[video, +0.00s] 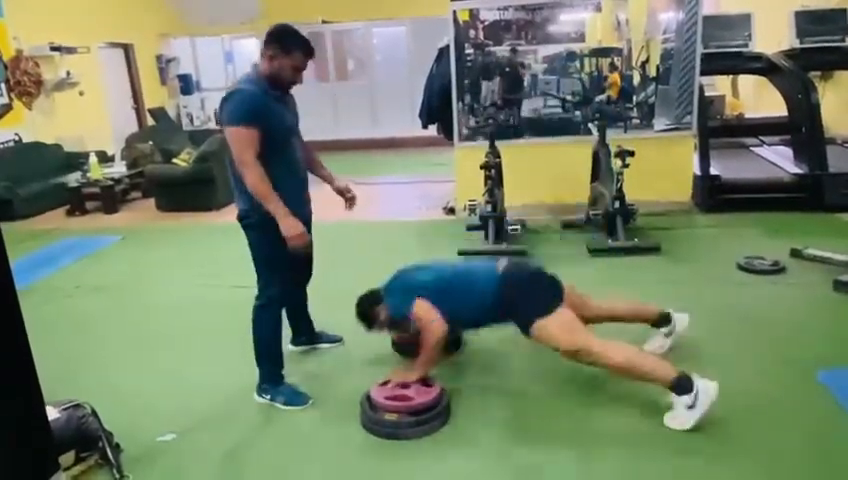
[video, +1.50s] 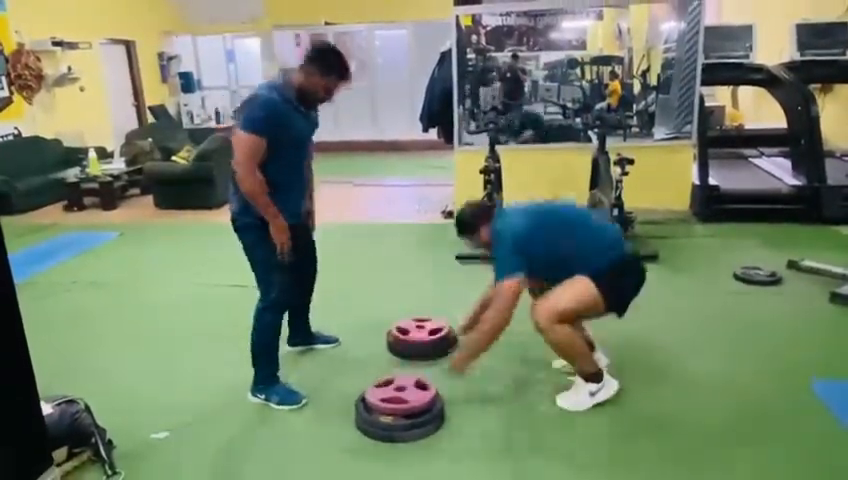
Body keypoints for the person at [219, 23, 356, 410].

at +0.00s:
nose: (300, 77)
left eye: (303, 69)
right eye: (297, 68)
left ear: (279, 61)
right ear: (271, 57)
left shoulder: (281, 95)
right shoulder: (243, 101)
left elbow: (296, 147)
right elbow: (248, 169)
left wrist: (332, 181)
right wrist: (284, 217)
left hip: (293, 208)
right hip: (263, 214)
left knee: (297, 278)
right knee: (272, 294)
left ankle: (303, 334)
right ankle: (270, 382)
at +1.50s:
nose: (331, 95)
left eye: (335, 88)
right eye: (329, 87)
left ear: (320, 79)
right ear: (310, 73)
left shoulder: (305, 106)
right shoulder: (264, 106)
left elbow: (304, 162)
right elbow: (244, 170)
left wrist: (308, 205)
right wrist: (274, 220)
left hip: (293, 211)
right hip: (257, 216)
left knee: (304, 270)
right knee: (276, 293)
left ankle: (300, 333)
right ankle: (264, 382)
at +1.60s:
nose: (350, 127)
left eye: (354, 122)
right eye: (350, 119)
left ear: (337, 108)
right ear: (336, 107)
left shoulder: (318, 128)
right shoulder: (284, 126)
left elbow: (310, 183)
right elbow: (263, 196)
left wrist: (313, 231)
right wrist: (287, 243)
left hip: (284, 212)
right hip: (249, 220)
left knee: (312, 266)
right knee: (281, 295)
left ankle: (300, 332)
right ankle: (264, 382)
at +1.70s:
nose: (363, 172)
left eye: (366, 167)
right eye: (363, 165)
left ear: (350, 151)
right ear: (350, 153)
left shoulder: (325, 169)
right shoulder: (303, 170)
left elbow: (321, 216)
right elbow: (286, 233)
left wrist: (326, 258)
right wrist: (300, 273)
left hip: (278, 232)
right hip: (246, 242)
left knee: (323, 272)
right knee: (294, 302)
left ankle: (303, 333)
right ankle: (264, 385)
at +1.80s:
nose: (368, 214)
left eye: (373, 208)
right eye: (369, 206)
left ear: (355, 189)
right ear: (356, 192)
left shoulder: (335, 206)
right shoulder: (313, 212)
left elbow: (345, 248)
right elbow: (312, 280)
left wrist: (358, 285)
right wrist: (339, 307)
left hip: (277, 261)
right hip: (249, 272)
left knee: (337, 278)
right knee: (304, 315)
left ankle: (307, 334)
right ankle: (266, 385)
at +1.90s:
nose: (380, 242)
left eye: (383, 237)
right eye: (379, 235)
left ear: (365, 218)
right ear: (365, 223)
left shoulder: (347, 225)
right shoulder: (322, 236)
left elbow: (365, 263)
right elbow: (334, 308)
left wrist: (396, 297)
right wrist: (379, 335)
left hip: (289, 287)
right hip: (259, 298)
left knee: (349, 284)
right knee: (309, 324)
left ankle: (313, 333)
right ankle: (268, 385)